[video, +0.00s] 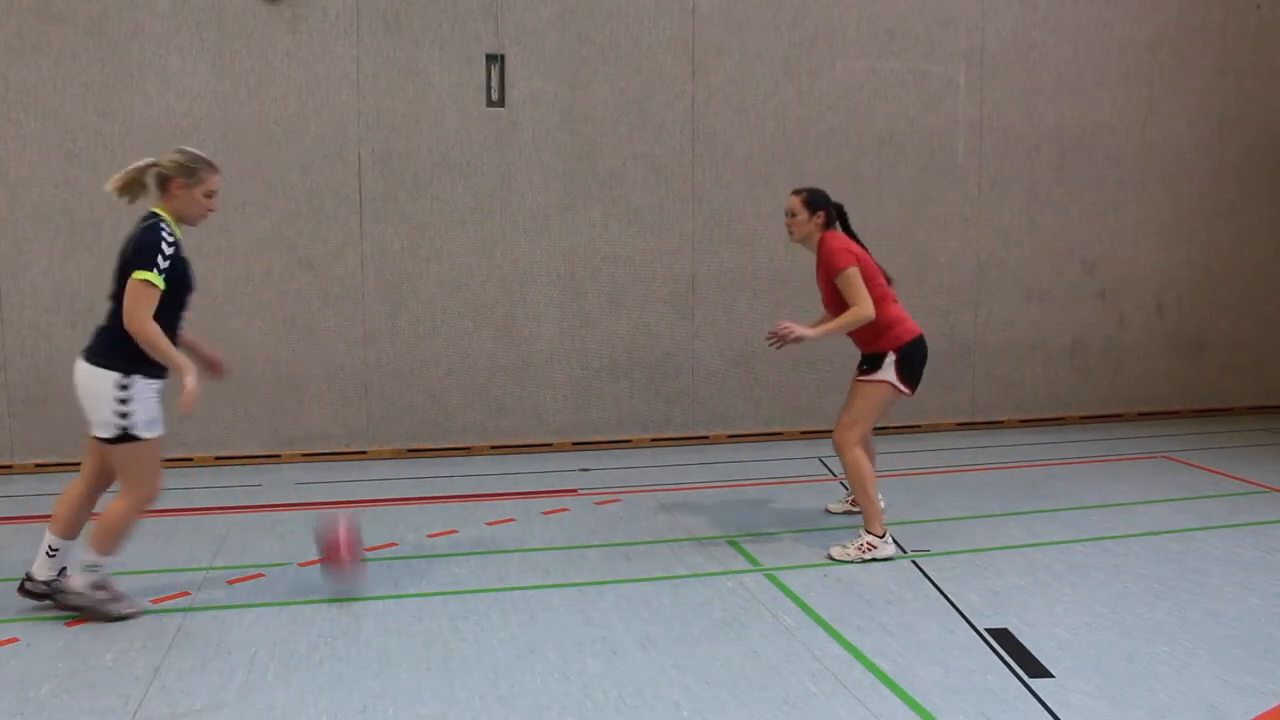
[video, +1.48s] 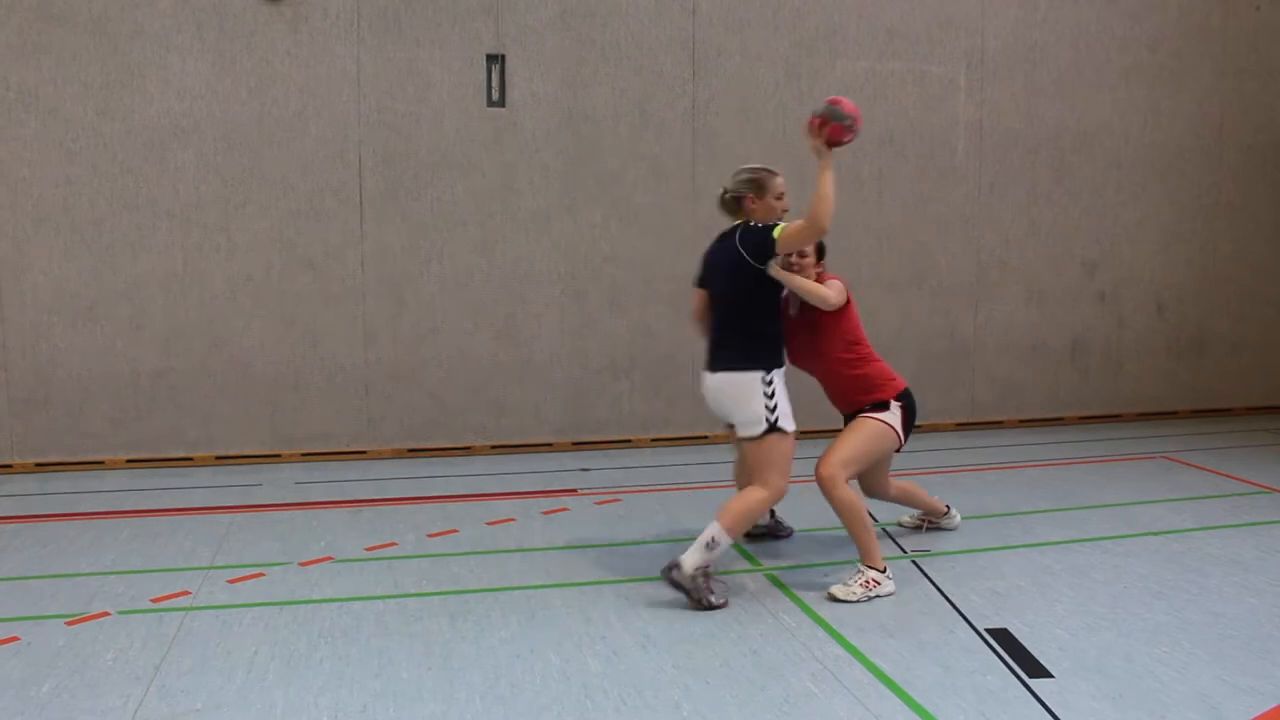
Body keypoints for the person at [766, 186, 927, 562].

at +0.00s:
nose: (787, 223)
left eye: (793, 215)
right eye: (786, 216)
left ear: (819, 217)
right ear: (816, 219)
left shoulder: (835, 248)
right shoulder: (826, 249)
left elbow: (865, 309)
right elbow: (841, 311)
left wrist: (813, 332)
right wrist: (803, 330)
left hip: (895, 349)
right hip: (881, 349)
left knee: (846, 437)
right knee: (855, 428)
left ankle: (877, 537)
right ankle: (865, 495)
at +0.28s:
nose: (794, 217)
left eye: (800, 209)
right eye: (793, 210)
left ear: (826, 210)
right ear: (822, 212)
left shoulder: (845, 243)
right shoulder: (833, 247)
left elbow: (873, 306)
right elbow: (855, 315)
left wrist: (821, 325)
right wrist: (816, 347)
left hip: (905, 349)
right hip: (888, 352)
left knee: (871, 447)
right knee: (876, 437)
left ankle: (903, 553)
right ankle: (911, 507)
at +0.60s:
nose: (799, 221)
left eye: (804, 212)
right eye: (797, 213)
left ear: (831, 211)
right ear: (828, 214)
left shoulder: (849, 238)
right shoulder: (836, 256)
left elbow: (814, 242)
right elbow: (803, 294)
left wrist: (764, 213)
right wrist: (759, 281)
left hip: (912, 358)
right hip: (900, 360)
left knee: (873, 455)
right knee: (883, 442)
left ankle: (899, 563)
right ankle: (935, 516)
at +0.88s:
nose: (793, 230)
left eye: (799, 222)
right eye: (792, 224)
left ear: (825, 220)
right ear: (817, 223)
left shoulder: (837, 243)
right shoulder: (817, 268)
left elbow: (775, 257)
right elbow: (775, 316)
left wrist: (713, 241)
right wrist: (717, 319)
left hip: (907, 360)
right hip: (888, 365)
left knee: (861, 456)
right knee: (872, 448)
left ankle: (880, 571)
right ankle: (921, 512)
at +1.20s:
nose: (788, 256)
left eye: (797, 250)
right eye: (788, 250)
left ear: (821, 258)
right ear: (790, 258)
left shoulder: (825, 278)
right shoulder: (808, 300)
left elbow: (800, 296)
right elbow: (805, 365)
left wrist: (761, 270)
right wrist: (765, 336)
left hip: (880, 402)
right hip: (870, 404)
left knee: (823, 478)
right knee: (860, 485)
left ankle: (877, 576)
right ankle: (931, 517)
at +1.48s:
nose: (793, 262)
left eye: (802, 255)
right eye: (786, 256)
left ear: (818, 262)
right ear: (777, 261)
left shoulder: (831, 285)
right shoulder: (778, 300)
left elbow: (828, 299)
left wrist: (778, 273)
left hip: (888, 405)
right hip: (857, 411)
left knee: (830, 473)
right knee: (878, 486)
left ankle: (875, 571)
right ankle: (940, 513)